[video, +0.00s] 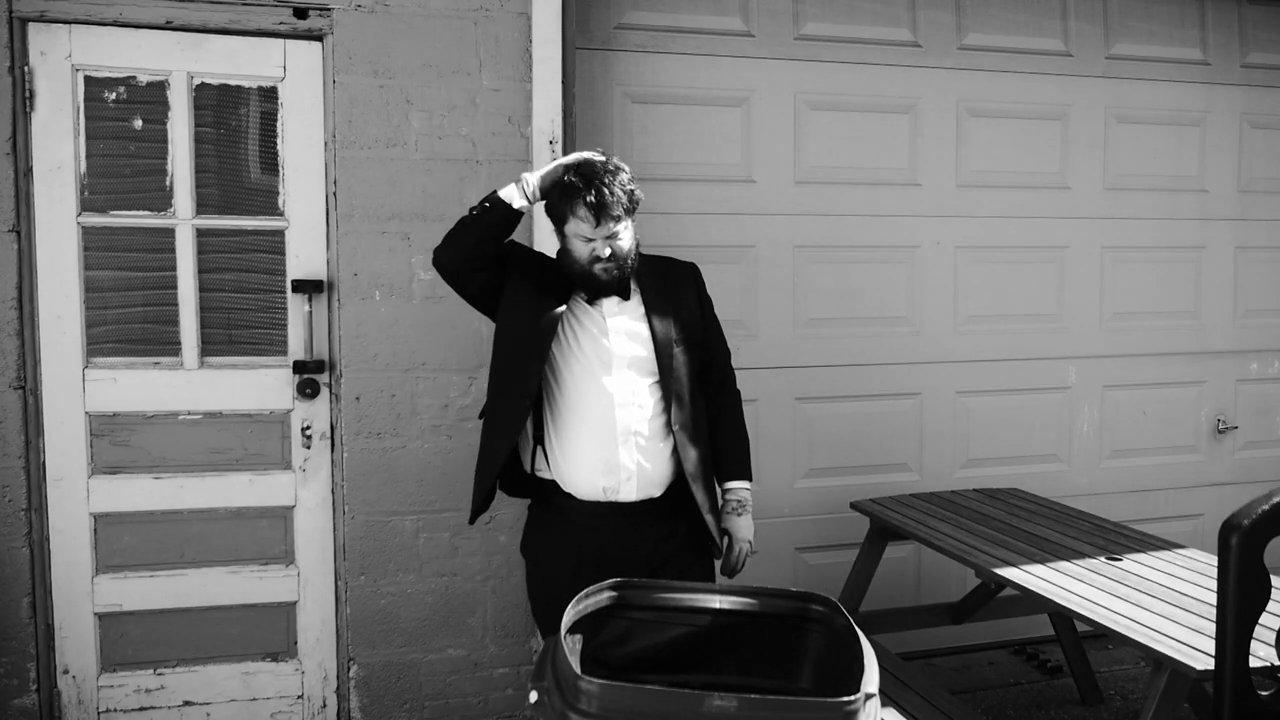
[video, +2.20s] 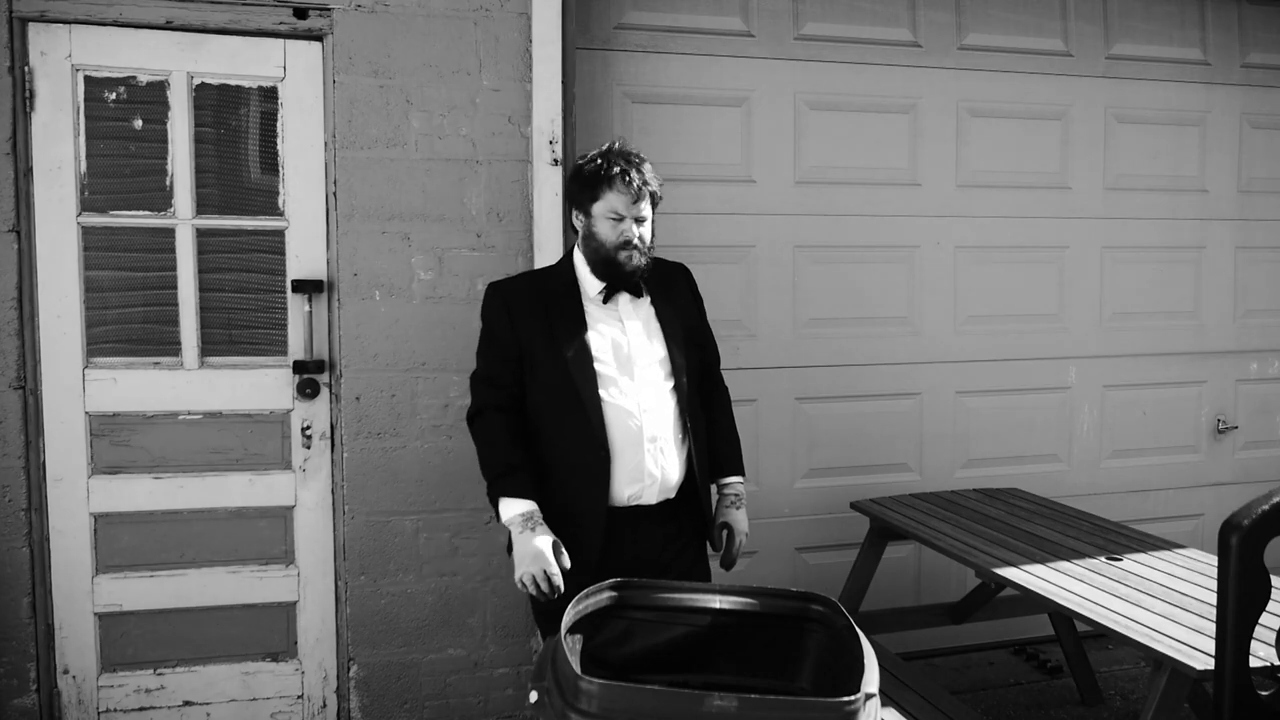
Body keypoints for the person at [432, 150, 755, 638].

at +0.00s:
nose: (605, 250)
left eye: (616, 232)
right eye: (587, 238)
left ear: (634, 221)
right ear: (558, 235)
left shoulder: (679, 286)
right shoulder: (529, 287)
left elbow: (719, 392)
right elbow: (455, 258)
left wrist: (737, 499)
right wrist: (530, 188)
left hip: (670, 527)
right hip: (566, 529)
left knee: (675, 691)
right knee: (577, 689)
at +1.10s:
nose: (621, 250)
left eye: (631, 232)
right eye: (603, 236)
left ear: (645, 224)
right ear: (570, 231)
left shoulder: (681, 287)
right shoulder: (521, 290)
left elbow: (719, 396)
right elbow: (428, 314)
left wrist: (733, 504)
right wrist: (481, 234)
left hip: (670, 528)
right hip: (566, 531)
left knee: (675, 695)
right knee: (577, 693)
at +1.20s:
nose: (637, 246)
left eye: (643, 228)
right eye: (619, 232)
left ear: (652, 221)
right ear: (578, 229)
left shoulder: (682, 288)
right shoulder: (519, 295)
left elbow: (719, 397)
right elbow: (435, 363)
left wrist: (734, 504)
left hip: (670, 527)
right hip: (566, 532)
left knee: (676, 694)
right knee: (577, 693)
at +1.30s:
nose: (646, 243)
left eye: (651, 227)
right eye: (629, 228)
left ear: (657, 222)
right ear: (583, 228)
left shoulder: (681, 288)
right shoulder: (518, 301)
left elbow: (718, 396)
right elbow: (475, 375)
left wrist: (733, 503)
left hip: (669, 530)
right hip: (566, 535)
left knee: (674, 695)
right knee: (575, 693)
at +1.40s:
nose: (650, 243)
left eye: (653, 227)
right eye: (634, 229)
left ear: (659, 221)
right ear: (585, 229)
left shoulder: (679, 287)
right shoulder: (515, 303)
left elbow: (715, 394)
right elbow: (485, 409)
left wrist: (733, 500)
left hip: (671, 532)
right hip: (567, 539)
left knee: (678, 699)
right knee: (580, 707)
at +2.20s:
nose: (636, 235)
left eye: (644, 220)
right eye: (618, 220)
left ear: (654, 217)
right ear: (580, 219)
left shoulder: (675, 285)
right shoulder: (517, 303)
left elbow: (710, 388)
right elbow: (494, 417)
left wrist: (730, 491)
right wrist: (524, 525)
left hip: (676, 530)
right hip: (581, 538)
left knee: (684, 698)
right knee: (588, 706)